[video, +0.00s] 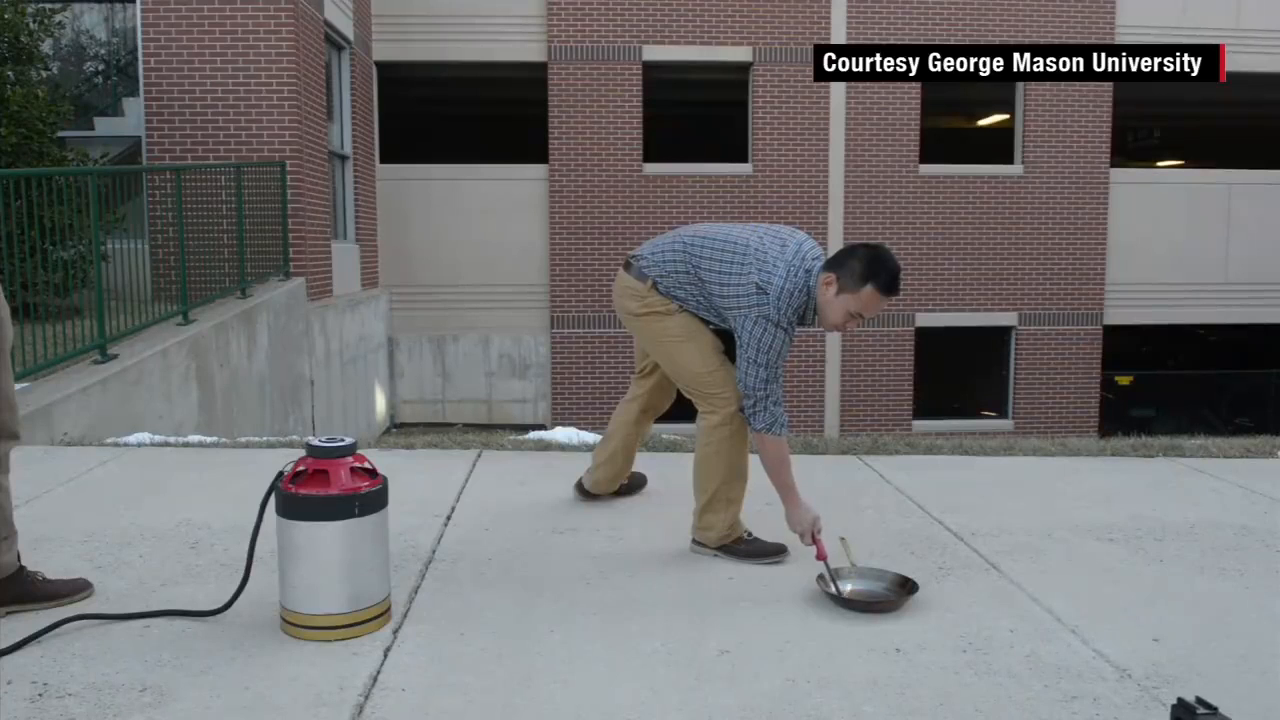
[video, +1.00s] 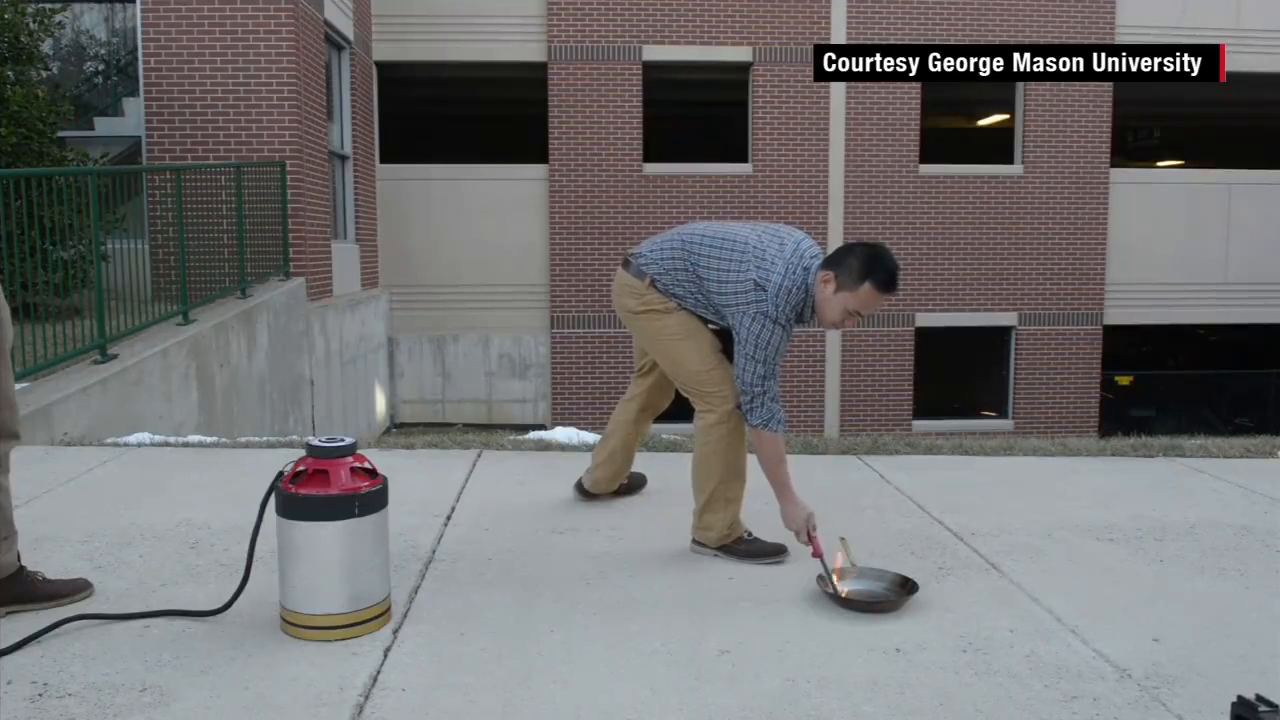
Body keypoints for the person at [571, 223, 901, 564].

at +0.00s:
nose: (852, 327)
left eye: (862, 321)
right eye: (853, 315)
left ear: (832, 278)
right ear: (829, 284)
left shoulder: (805, 256)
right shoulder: (768, 300)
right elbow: (763, 409)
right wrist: (793, 503)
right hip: (652, 290)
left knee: (653, 386)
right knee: (726, 403)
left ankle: (601, 477)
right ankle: (717, 532)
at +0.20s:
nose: (852, 327)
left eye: (863, 321)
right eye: (853, 315)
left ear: (832, 278)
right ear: (829, 284)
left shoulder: (805, 256)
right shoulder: (768, 299)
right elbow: (763, 409)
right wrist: (792, 503)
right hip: (652, 290)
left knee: (653, 386)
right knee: (726, 403)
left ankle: (601, 478)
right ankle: (717, 532)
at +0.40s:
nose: (852, 327)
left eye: (863, 320)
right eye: (853, 314)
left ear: (832, 278)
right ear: (829, 284)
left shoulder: (805, 255)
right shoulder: (768, 300)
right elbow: (763, 409)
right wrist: (791, 503)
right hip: (652, 290)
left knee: (653, 386)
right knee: (726, 402)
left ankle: (601, 478)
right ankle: (717, 532)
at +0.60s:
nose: (852, 327)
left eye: (862, 320)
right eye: (853, 315)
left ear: (832, 278)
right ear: (829, 284)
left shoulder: (805, 255)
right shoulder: (768, 300)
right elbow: (763, 410)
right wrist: (791, 504)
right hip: (652, 290)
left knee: (654, 386)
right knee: (726, 402)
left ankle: (601, 478)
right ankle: (717, 532)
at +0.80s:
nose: (852, 326)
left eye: (862, 320)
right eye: (853, 314)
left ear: (832, 278)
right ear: (828, 284)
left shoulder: (804, 255)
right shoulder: (767, 300)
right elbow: (762, 409)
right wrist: (790, 503)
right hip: (651, 289)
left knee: (653, 386)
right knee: (725, 401)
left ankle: (601, 478)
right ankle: (717, 532)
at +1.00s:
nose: (851, 325)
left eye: (861, 319)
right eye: (852, 313)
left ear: (830, 277)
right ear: (827, 282)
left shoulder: (803, 255)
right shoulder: (766, 299)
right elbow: (760, 406)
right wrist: (789, 501)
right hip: (651, 289)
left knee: (652, 387)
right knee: (723, 401)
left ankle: (601, 478)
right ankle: (717, 532)